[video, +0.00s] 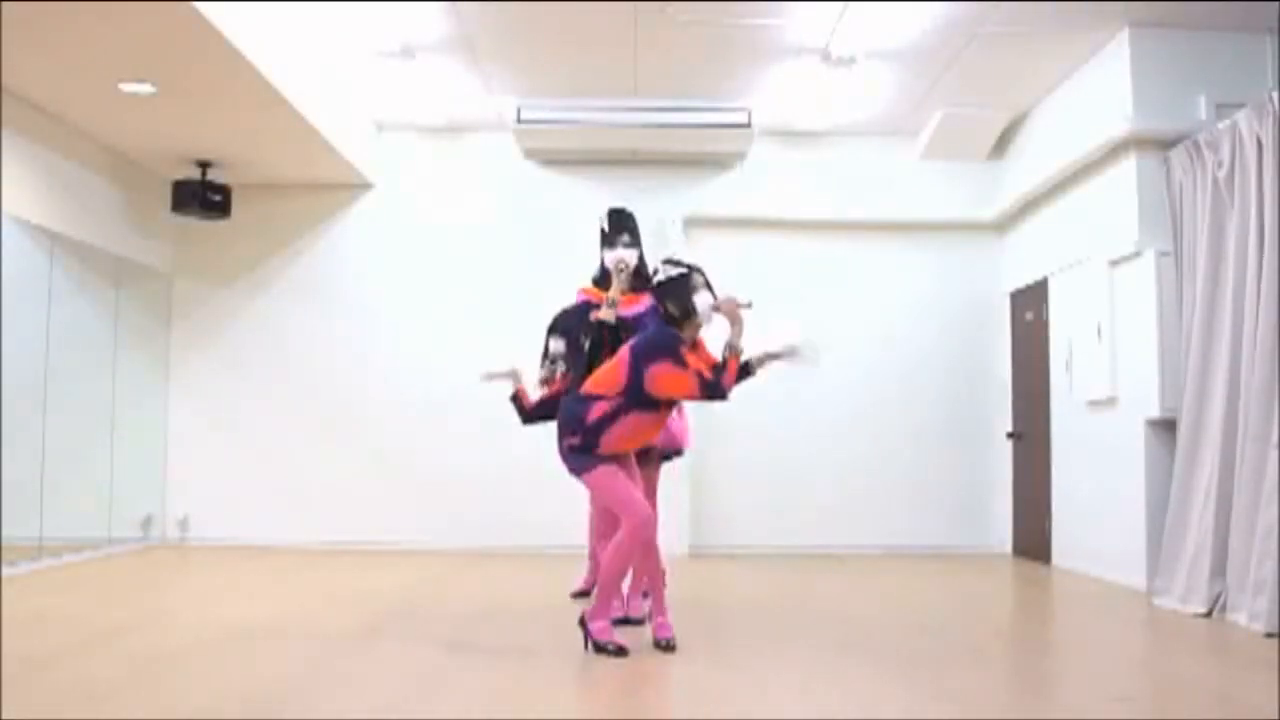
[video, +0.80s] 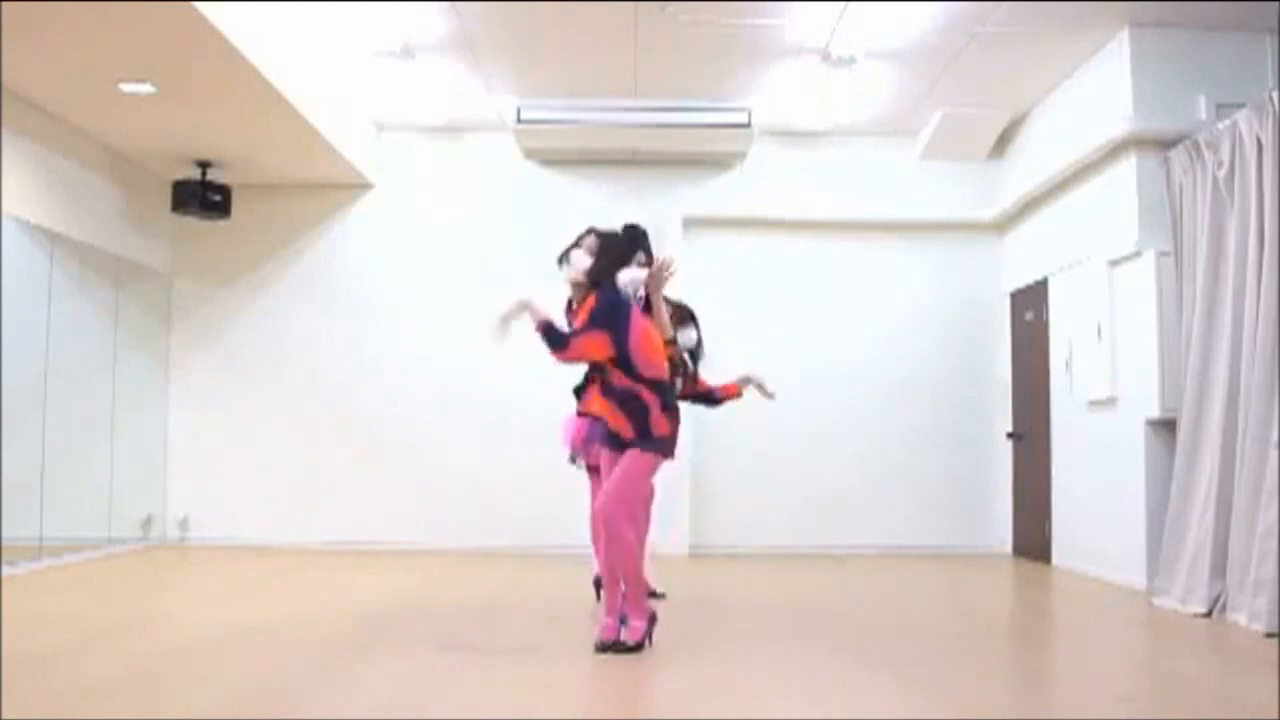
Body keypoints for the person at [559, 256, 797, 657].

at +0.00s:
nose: (710, 301)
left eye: (708, 292)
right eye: (701, 294)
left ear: (678, 305)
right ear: (682, 303)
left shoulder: (685, 344)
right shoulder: (657, 350)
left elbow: (720, 381)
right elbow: (715, 391)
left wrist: (768, 359)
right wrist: (734, 335)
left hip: (621, 440)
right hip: (585, 441)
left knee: (643, 524)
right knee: (637, 517)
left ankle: (658, 613)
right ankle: (597, 615)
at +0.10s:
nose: (705, 297)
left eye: (704, 288)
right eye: (695, 290)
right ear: (676, 301)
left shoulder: (688, 343)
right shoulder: (653, 345)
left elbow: (712, 381)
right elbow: (699, 393)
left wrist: (761, 373)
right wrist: (728, 342)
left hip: (627, 442)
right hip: (588, 441)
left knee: (646, 523)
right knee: (636, 517)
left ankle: (659, 613)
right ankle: (597, 616)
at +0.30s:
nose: (680, 265)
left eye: (683, 256)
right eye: (670, 256)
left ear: (689, 260)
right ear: (651, 260)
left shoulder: (688, 309)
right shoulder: (621, 312)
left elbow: (723, 331)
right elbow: (594, 373)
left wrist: (728, 343)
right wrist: (631, 403)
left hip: (650, 430)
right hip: (603, 430)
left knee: (660, 516)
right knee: (634, 512)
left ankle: (660, 612)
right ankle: (596, 614)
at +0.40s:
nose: (650, 248)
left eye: (659, 239)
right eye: (642, 239)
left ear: (669, 243)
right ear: (625, 242)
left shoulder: (682, 286)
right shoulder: (600, 284)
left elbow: (729, 309)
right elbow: (553, 326)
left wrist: (697, 301)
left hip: (659, 421)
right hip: (605, 420)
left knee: (658, 515)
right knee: (616, 509)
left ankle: (666, 615)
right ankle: (603, 615)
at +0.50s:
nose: (637, 229)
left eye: (646, 222)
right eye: (631, 219)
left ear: (662, 229)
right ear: (618, 221)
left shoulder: (675, 278)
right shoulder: (591, 271)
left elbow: (687, 299)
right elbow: (554, 304)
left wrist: (665, 263)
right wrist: (579, 340)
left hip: (657, 406)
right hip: (601, 404)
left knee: (646, 509)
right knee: (605, 501)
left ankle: (677, 608)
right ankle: (612, 610)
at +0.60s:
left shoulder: (659, 292)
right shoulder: (596, 288)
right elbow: (583, 321)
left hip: (649, 412)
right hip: (601, 411)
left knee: (637, 512)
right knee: (603, 514)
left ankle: (677, 609)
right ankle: (612, 609)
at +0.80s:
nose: (573, 257)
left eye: (585, 252)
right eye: (576, 249)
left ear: (601, 265)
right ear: (576, 261)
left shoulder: (610, 303)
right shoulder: (586, 306)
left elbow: (569, 349)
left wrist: (536, 315)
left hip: (651, 425)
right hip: (617, 424)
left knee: (613, 508)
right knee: (609, 515)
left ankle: (637, 614)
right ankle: (614, 617)